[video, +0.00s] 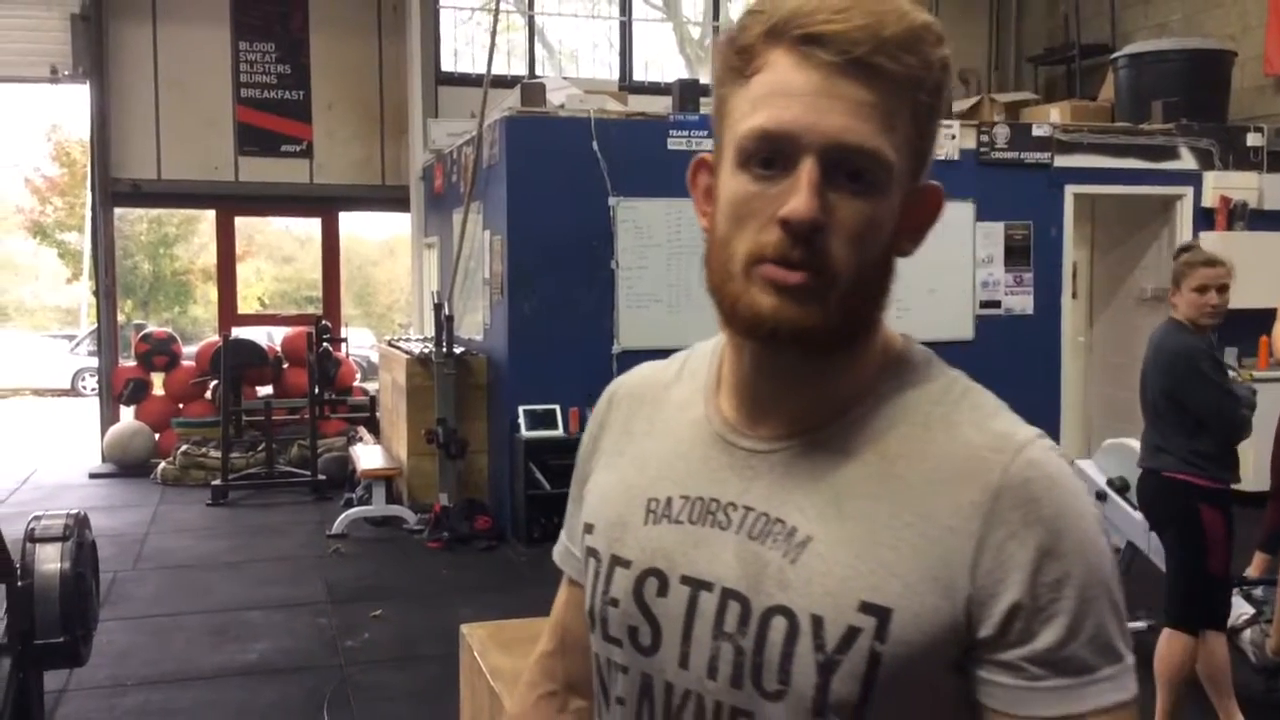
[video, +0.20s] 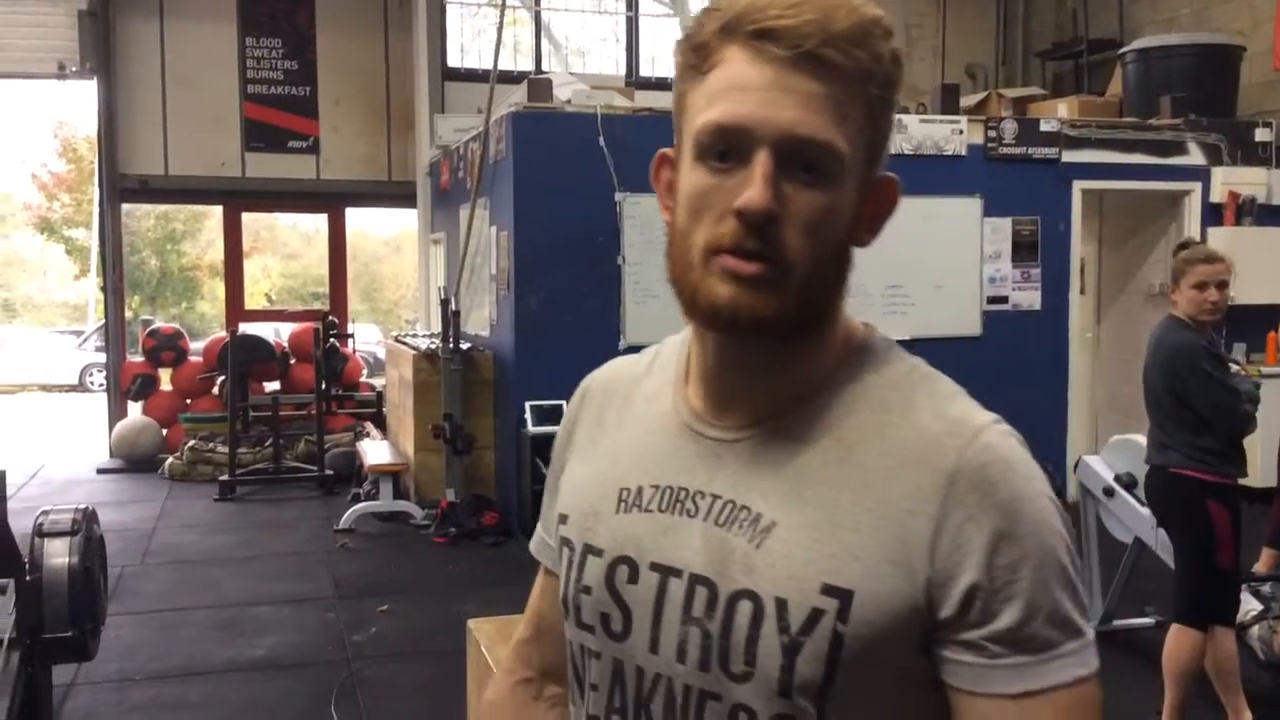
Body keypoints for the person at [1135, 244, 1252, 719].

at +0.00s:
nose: (1215, 299)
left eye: (1222, 289)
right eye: (1203, 290)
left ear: (1229, 291)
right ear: (1175, 295)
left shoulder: (1173, 339)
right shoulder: (1187, 348)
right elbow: (1235, 426)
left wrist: (1235, 397)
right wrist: (1244, 393)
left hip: (1178, 485)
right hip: (1189, 491)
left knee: (1210, 615)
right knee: (1185, 616)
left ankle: (1230, 714)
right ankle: (1162, 715)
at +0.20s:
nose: (1215, 296)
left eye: (1222, 285)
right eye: (1203, 287)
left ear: (1228, 288)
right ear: (1175, 293)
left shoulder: (1178, 337)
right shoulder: (1185, 345)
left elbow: (1235, 395)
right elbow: (1236, 419)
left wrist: (1236, 397)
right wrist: (1245, 390)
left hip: (1187, 482)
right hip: (1195, 486)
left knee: (1219, 611)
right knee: (1193, 612)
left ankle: (1239, 713)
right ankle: (1170, 715)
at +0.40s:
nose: (1222, 295)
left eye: (1228, 285)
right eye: (1210, 286)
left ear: (1234, 285)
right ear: (1181, 291)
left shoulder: (1170, 334)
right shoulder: (1199, 346)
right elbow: (1252, 417)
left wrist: (1243, 386)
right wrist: (1251, 384)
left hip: (1185, 479)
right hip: (1210, 486)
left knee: (1229, 610)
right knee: (1204, 612)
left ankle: (1250, 712)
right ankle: (1180, 715)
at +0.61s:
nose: (1251, 301)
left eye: (1252, 291)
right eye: (1242, 291)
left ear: (1204, 292)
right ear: (1205, 290)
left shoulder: (1176, 336)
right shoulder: (1214, 349)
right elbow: (1263, 420)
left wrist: (1253, 387)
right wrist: (1260, 385)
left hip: (1191, 481)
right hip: (1223, 488)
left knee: (1241, 611)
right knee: (1215, 613)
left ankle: (1261, 712)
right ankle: (1192, 715)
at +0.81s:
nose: (1264, 306)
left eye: (1264, 297)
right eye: (1259, 296)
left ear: (1217, 291)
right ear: (1228, 292)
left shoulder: (1174, 341)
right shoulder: (1231, 356)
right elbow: (1271, 423)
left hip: (1189, 486)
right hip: (1232, 491)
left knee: (1245, 611)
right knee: (1221, 615)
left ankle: (1265, 713)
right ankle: (1199, 715)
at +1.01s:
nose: (1269, 307)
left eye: (1270, 297)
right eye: (1265, 296)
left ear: (1227, 289)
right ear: (1237, 292)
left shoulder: (1172, 340)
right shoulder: (1246, 354)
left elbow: (1182, 414)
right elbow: (1272, 426)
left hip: (1182, 485)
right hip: (1237, 489)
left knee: (1239, 606)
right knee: (1222, 612)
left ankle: (1264, 712)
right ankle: (1200, 716)